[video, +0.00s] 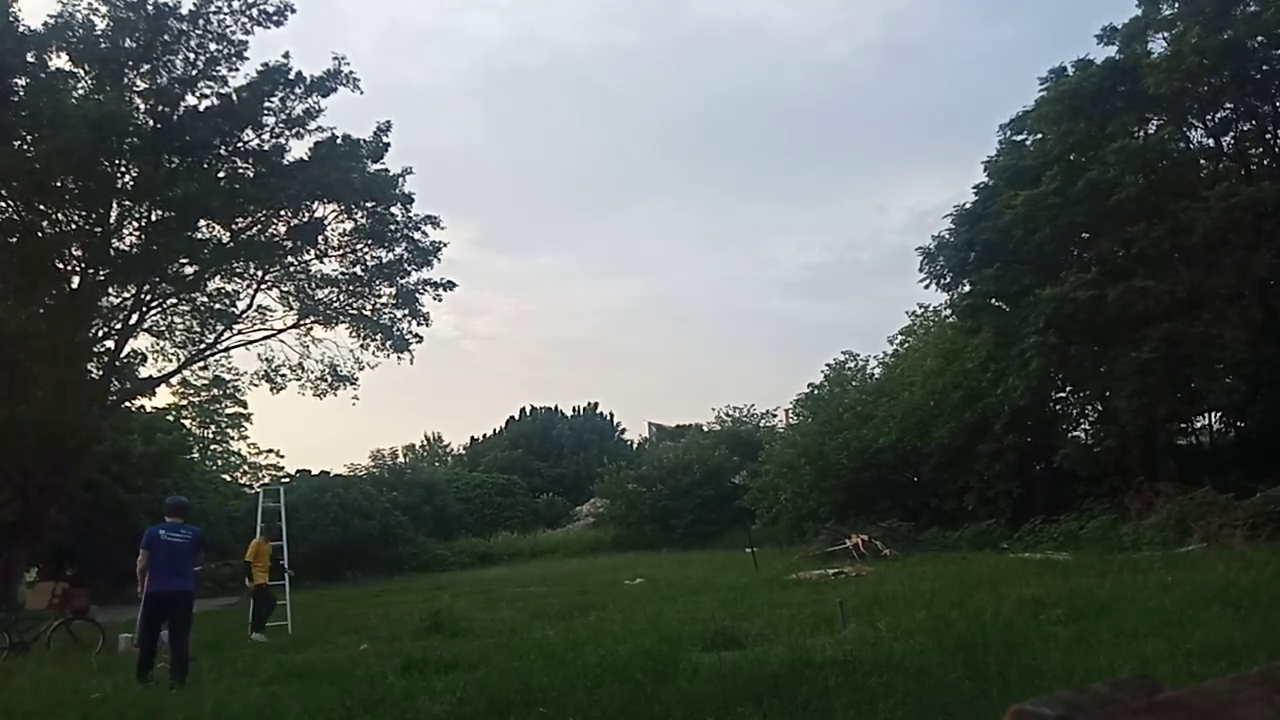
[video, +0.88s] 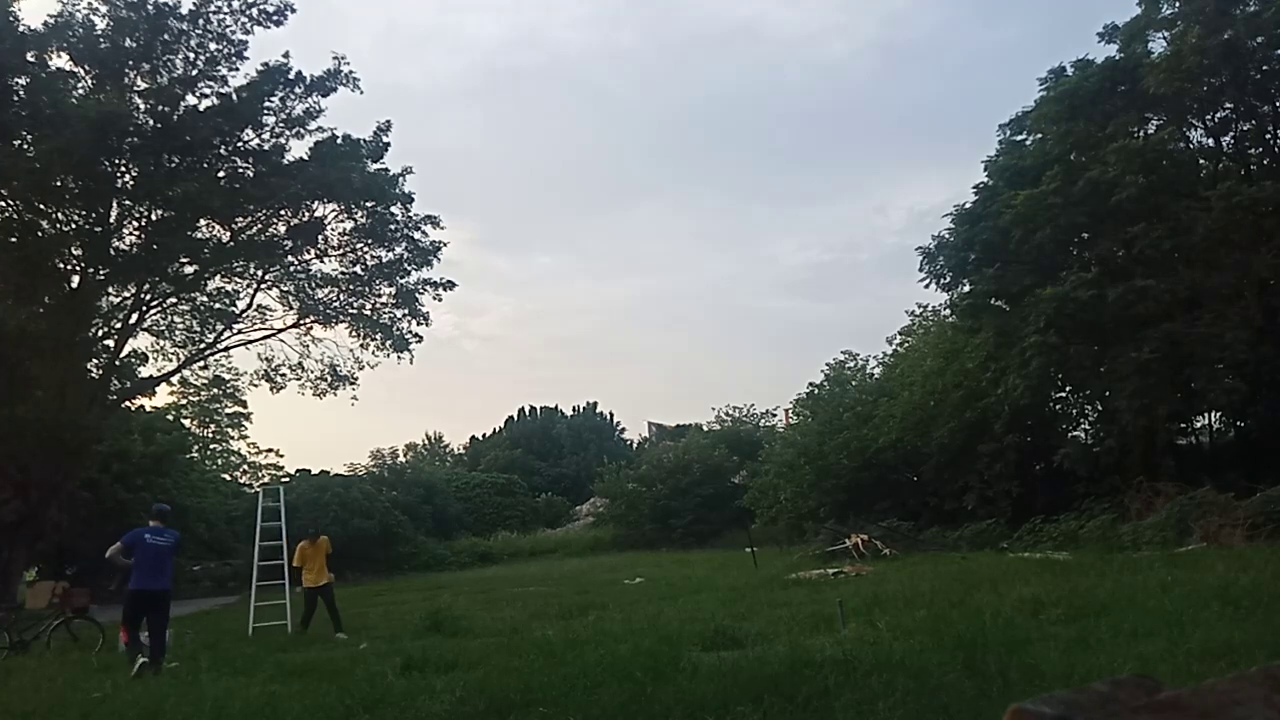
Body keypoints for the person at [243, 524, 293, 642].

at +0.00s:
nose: (276, 535)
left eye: (276, 532)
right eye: (275, 532)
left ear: (268, 533)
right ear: (268, 531)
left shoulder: (268, 545)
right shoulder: (256, 543)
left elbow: (270, 563)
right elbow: (247, 561)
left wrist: (283, 570)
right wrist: (250, 580)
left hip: (264, 581)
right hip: (257, 582)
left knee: (260, 607)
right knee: (270, 602)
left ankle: (257, 631)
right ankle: (258, 631)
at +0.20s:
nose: (285, 535)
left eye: (286, 533)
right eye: (283, 532)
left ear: (286, 534)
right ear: (278, 532)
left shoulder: (283, 544)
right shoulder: (269, 544)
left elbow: (290, 555)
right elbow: (261, 563)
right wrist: (267, 582)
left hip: (277, 583)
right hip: (268, 585)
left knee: (266, 612)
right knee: (281, 609)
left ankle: (256, 635)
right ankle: (293, 631)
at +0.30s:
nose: (291, 537)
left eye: (291, 535)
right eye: (289, 535)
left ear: (291, 536)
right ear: (284, 534)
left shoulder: (290, 545)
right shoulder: (276, 544)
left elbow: (298, 557)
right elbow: (270, 564)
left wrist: (311, 563)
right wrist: (275, 583)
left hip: (287, 583)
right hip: (280, 583)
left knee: (278, 611)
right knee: (288, 608)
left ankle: (261, 631)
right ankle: (294, 632)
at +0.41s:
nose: (296, 536)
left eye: (297, 533)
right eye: (294, 533)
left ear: (297, 534)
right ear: (289, 533)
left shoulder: (296, 543)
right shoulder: (281, 545)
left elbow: (302, 557)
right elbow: (276, 564)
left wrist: (313, 567)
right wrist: (280, 583)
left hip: (296, 582)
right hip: (285, 583)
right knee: (294, 608)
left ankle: (276, 628)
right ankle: (295, 632)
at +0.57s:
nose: (301, 532)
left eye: (303, 529)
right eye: (299, 529)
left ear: (305, 530)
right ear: (294, 529)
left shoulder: (305, 540)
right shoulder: (288, 542)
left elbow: (308, 556)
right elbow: (282, 560)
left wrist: (314, 569)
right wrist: (287, 578)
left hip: (307, 578)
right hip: (294, 581)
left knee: (316, 600)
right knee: (296, 608)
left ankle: (307, 627)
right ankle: (295, 631)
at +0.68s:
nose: (307, 533)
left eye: (309, 530)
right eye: (305, 530)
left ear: (310, 531)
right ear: (300, 530)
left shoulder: (311, 539)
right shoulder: (292, 542)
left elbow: (313, 556)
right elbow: (287, 562)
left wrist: (318, 570)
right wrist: (291, 580)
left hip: (313, 579)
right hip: (299, 582)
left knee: (322, 602)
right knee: (300, 607)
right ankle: (297, 630)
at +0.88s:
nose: (313, 540)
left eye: (315, 538)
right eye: (311, 538)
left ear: (318, 536)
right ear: (308, 537)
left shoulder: (324, 541)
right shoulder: (302, 547)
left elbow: (328, 556)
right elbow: (297, 567)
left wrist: (330, 572)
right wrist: (298, 584)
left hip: (324, 581)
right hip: (309, 583)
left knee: (332, 607)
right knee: (309, 609)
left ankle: (339, 631)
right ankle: (302, 632)